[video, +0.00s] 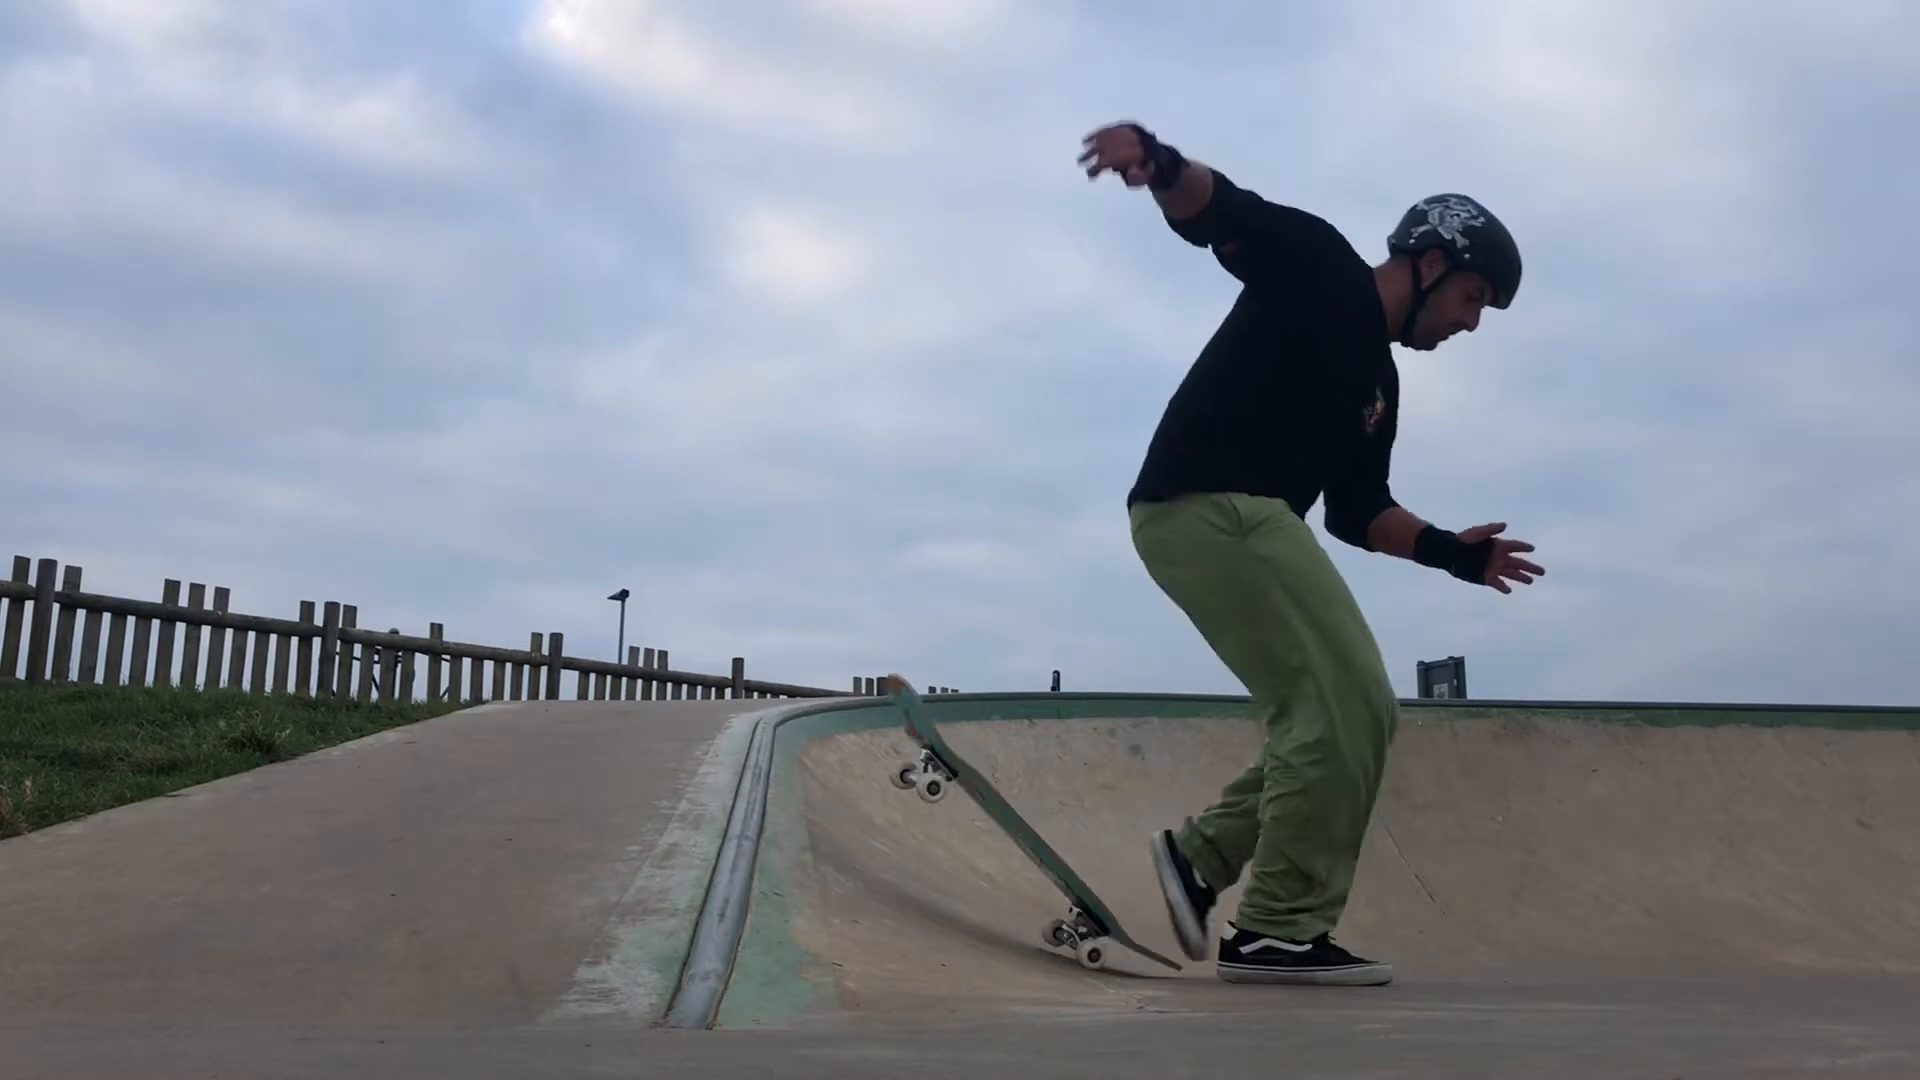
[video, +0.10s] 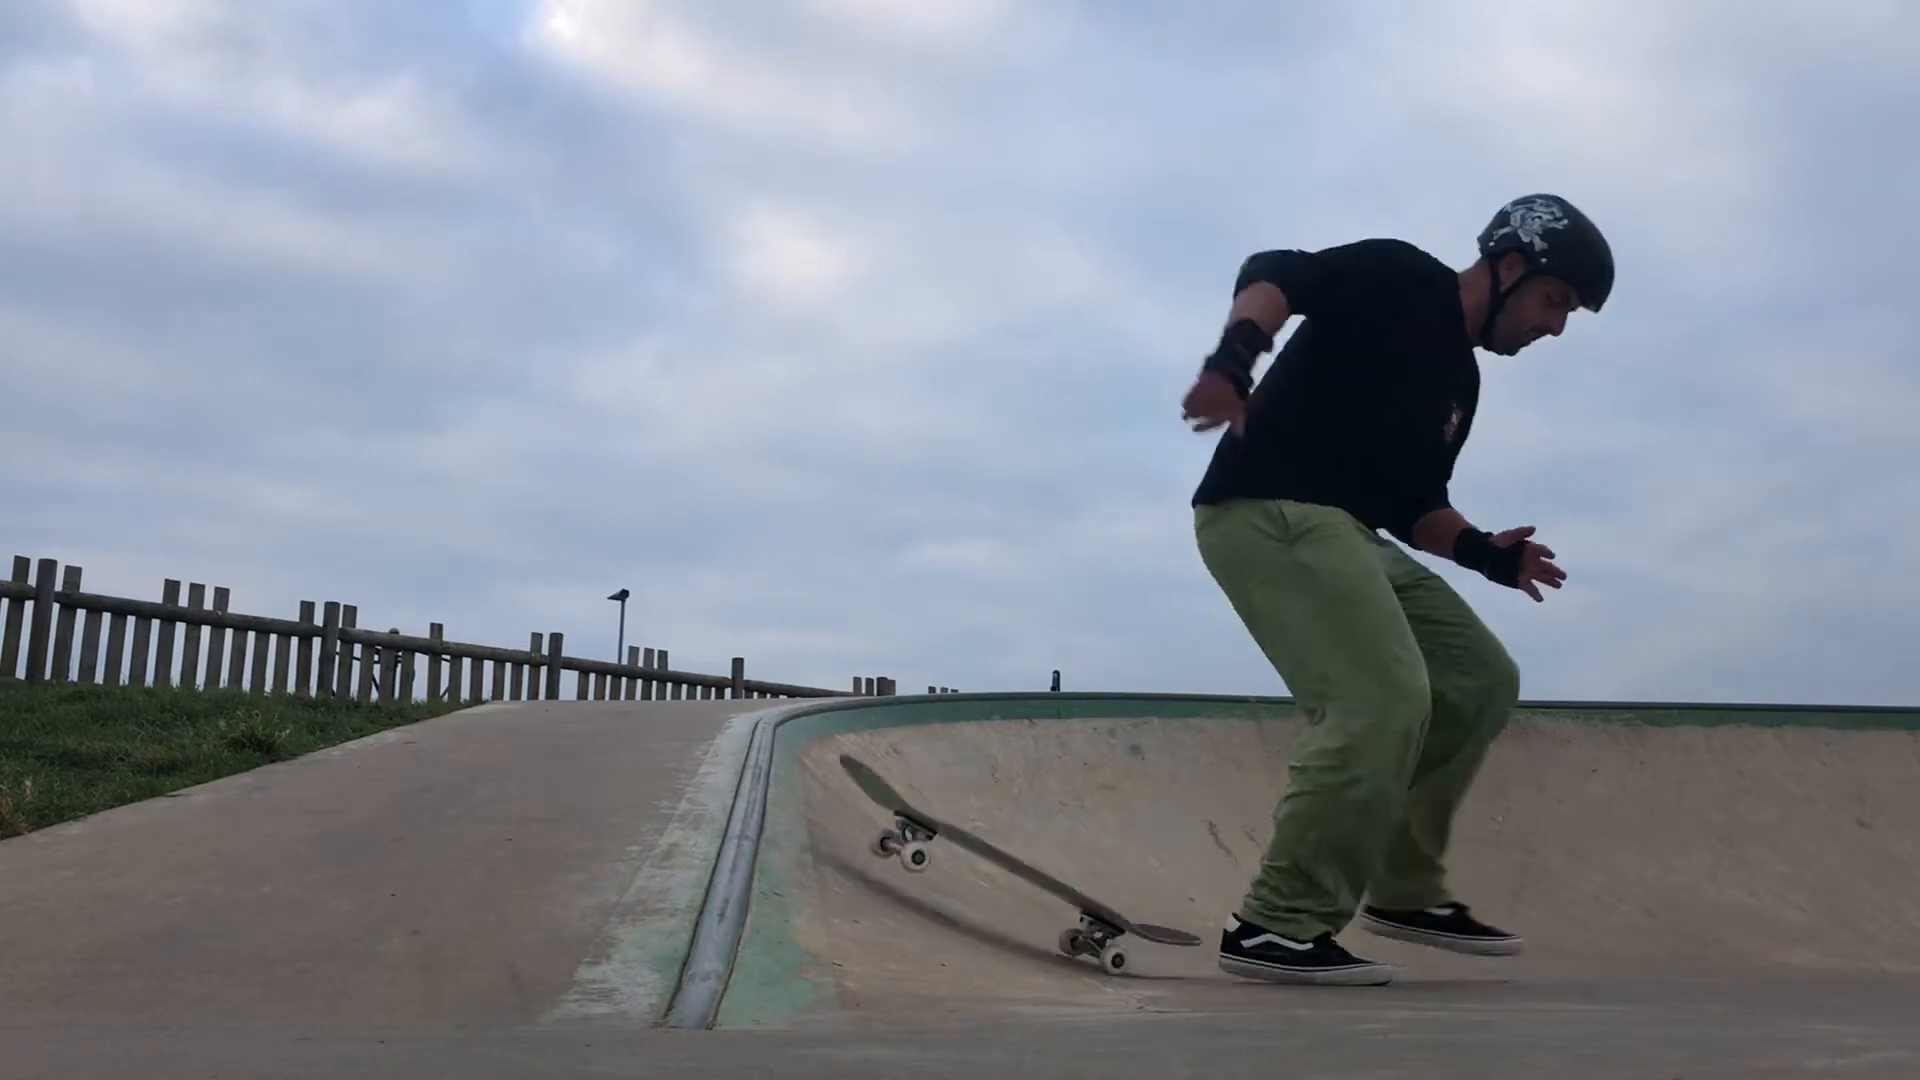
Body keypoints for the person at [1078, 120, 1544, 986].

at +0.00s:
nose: (1474, 320)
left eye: (1484, 306)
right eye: (1477, 296)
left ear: (1433, 271)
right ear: (1434, 260)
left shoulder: (1375, 392)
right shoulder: (1321, 257)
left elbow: (1357, 511)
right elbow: (1220, 210)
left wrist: (1449, 549)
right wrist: (1159, 165)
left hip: (1244, 516)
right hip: (1208, 502)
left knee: (1352, 709)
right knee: (1343, 703)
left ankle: (1205, 853)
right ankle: (1277, 928)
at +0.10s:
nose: (1555, 327)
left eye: (1566, 314)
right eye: (1554, 303)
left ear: (1515, 276)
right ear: (1509, 266)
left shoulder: (1459, 383)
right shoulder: (1402, 272)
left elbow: (1413, 507)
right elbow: (1277, 275)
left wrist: (1487, 551)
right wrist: (1230, 365)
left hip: (1348, 533)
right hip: (1272, 512)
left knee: (1479, 679)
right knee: (1383, 696)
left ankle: (1399, 892)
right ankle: (1277, 922)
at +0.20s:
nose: (1628, 310)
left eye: (1643, 299)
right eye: (1625, 284)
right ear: (1578, 248)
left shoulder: (1543, 372)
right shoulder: (1469, 270)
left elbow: (1487, 491)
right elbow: (1335, 310)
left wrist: (1552, 578)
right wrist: (1354, 444)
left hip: (1453, 539)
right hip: (1356, 510)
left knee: (1565, 699)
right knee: (1434, 698)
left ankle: (1679, 915)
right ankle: (1291, 908)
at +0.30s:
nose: (1673, 270)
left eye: (1693, 260)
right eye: (1665, 244)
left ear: (1702, 268)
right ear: (1620, 223)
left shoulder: (1628, 358)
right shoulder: (1516, 276)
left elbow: (1588, 488)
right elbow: (1389, 353)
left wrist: (1613, 587)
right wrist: (1401, 482)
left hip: (1566, 562)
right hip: (1465, 540)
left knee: (1685, 703)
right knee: (1520, 714)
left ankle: (1761, 932)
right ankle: (1328, 887)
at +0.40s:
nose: (1696, 242)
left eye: (1721, 230)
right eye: (1685, 215)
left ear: (1738, 240)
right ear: (1651, 201)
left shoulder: (1696, 346)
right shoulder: (1550, 272)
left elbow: (1679, 492)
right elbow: (1440, 372)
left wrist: (1700, 600)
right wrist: (1425, 501)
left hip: (1627, 549)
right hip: (1512, 533)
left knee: (1758, 697)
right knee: (1600, 704)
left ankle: (1764, 932)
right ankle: (1424, 891)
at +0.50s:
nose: (1698, 201)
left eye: (1726, 191)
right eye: (1690, 175)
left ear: (1756, 204)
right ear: (1666, 164)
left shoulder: (1737, 310)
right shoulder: (1567, 247)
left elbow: (1730, 443)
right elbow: (1459, 351)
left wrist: (1767, 558)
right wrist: (1457, 485)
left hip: (1649, 525)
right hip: (1532, 508)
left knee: (1765, 697)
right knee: (1616, 686)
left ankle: (1764, 931)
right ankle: (1501, 918)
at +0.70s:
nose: (1649, 148)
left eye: (1675, 132)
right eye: (1641, 126)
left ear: (1722, 136)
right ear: (1626, 121)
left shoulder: (1761, 248)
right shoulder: (1556, 223)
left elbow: (1801, 372)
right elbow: (1482, 336)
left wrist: (1857, 479)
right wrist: (1460, 462)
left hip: (1690, 509)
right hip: (1553, 499)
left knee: (1755, 695)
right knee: (1533, 701)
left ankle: (1763, 928)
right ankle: (1513, 924)